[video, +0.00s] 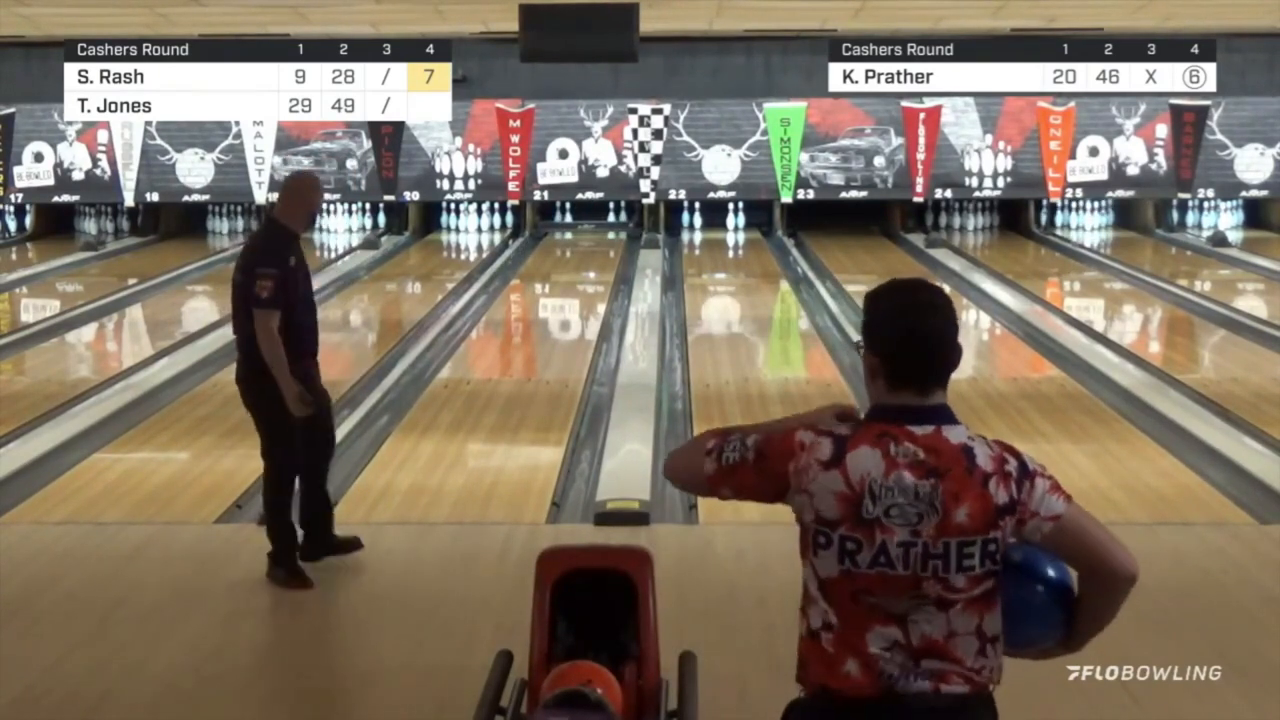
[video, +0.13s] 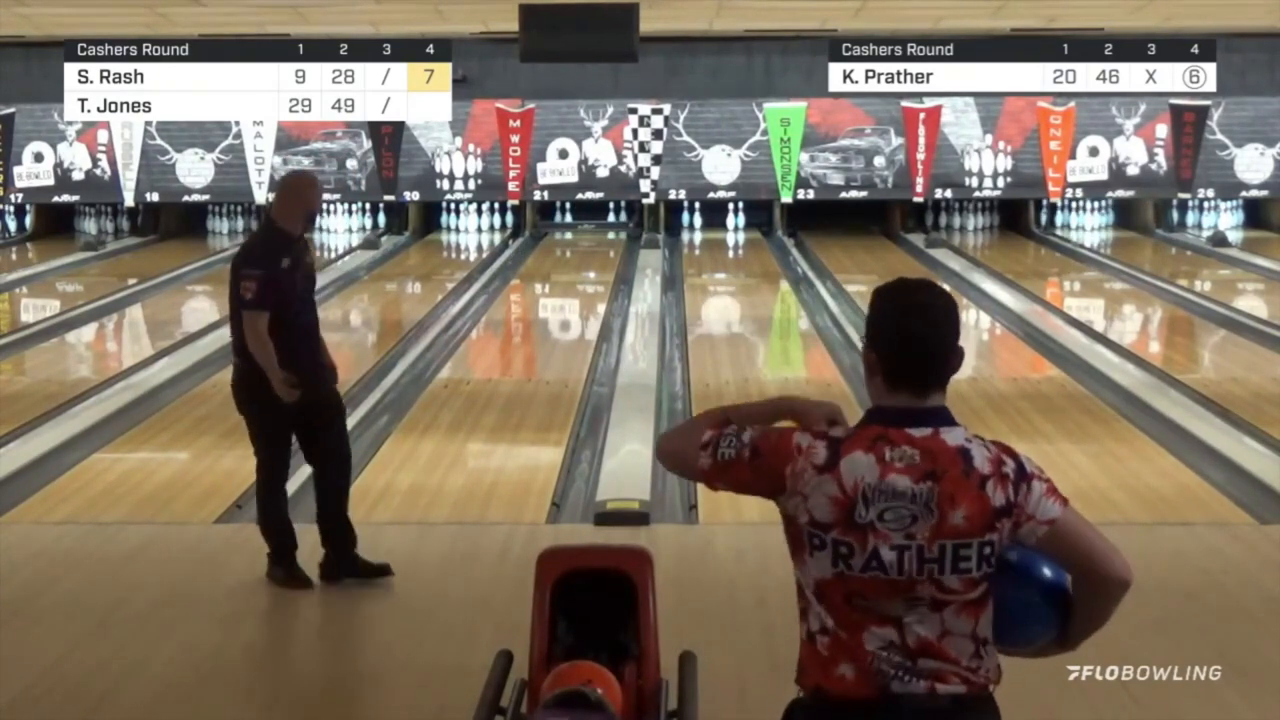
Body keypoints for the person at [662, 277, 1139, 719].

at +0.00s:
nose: (866, 358)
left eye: (865, 348)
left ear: (870, 361)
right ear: (955, 361)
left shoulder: (815, 459)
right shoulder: (1001, 470)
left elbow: (682, 465)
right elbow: (1115, 569)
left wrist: (802, 425)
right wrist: (1063, 636)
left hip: (838, 698)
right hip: (960, 700)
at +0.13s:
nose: (864, 358)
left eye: (865, 347)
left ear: (869, 359)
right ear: (956, 362)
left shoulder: (806, 461)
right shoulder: (999, 469)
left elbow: (674, 448)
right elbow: (1110, 573)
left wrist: (783, 406)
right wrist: (1052, 635)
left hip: (836, 699)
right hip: (960, 700)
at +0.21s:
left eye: (867, 347)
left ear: (867, 361)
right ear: (955, 367)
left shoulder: (808, 460)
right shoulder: (998, 471)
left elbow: (680, 421)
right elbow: (1108, 574)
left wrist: (771, 358)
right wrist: (1044, 632)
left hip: (835, 699)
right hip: (959, 700)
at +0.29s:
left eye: (866, 347)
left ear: (865, 360)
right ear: (954, 368)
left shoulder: (808, 461)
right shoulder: (998, 472)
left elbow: (685, 397)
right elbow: (1107, 573)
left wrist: (754, 307)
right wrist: (1044, 631)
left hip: (836, 699)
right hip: (960, 700)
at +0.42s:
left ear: (860, 361)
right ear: (949, 368)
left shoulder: (809, 459)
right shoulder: (994, 471)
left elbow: (704, 369)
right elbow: (1105, 572)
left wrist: (778, 267)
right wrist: (1051, 631)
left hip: (834, 699)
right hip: (958, 699)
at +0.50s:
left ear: (860, 360)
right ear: (948, 367)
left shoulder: (808, 457)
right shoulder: (992, 469)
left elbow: (712, 362)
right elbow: (1104, 571)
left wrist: (807, 295)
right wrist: (1050, 632)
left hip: (835, 695)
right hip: (956, 695)